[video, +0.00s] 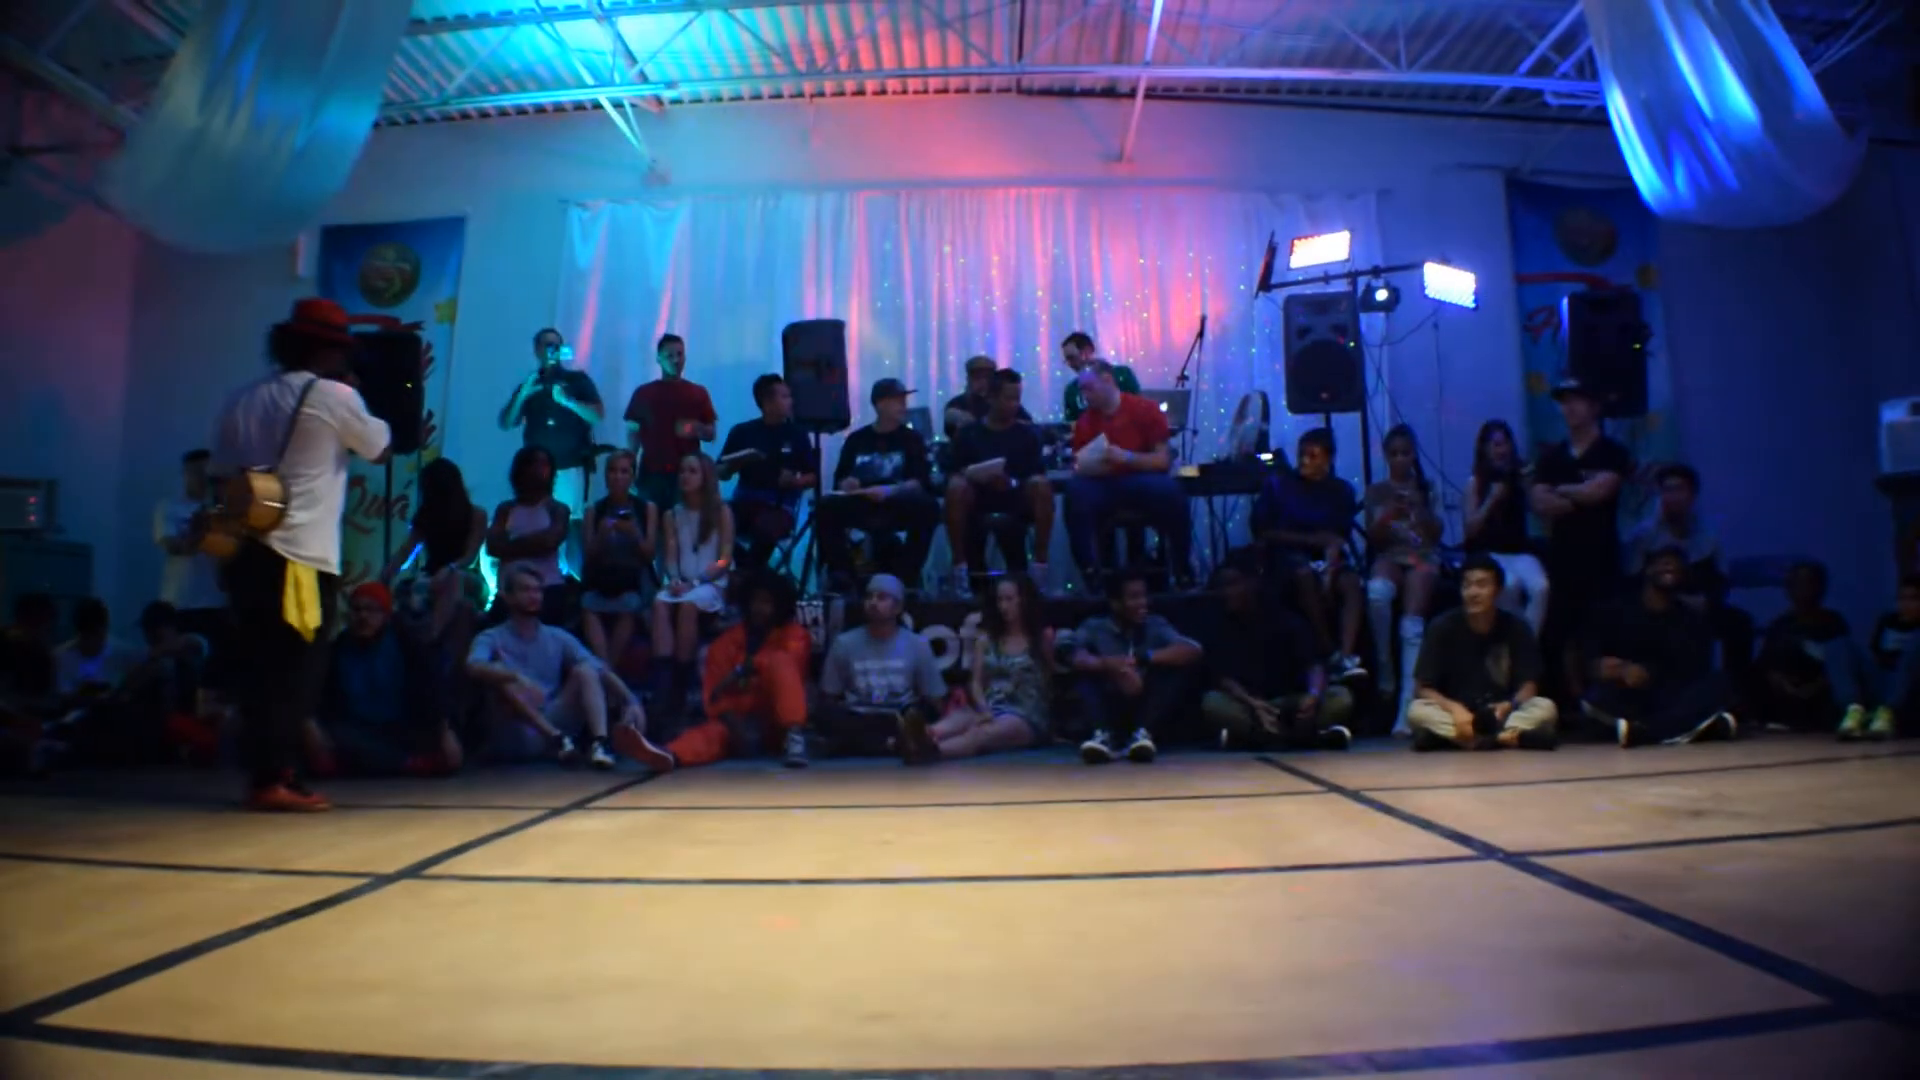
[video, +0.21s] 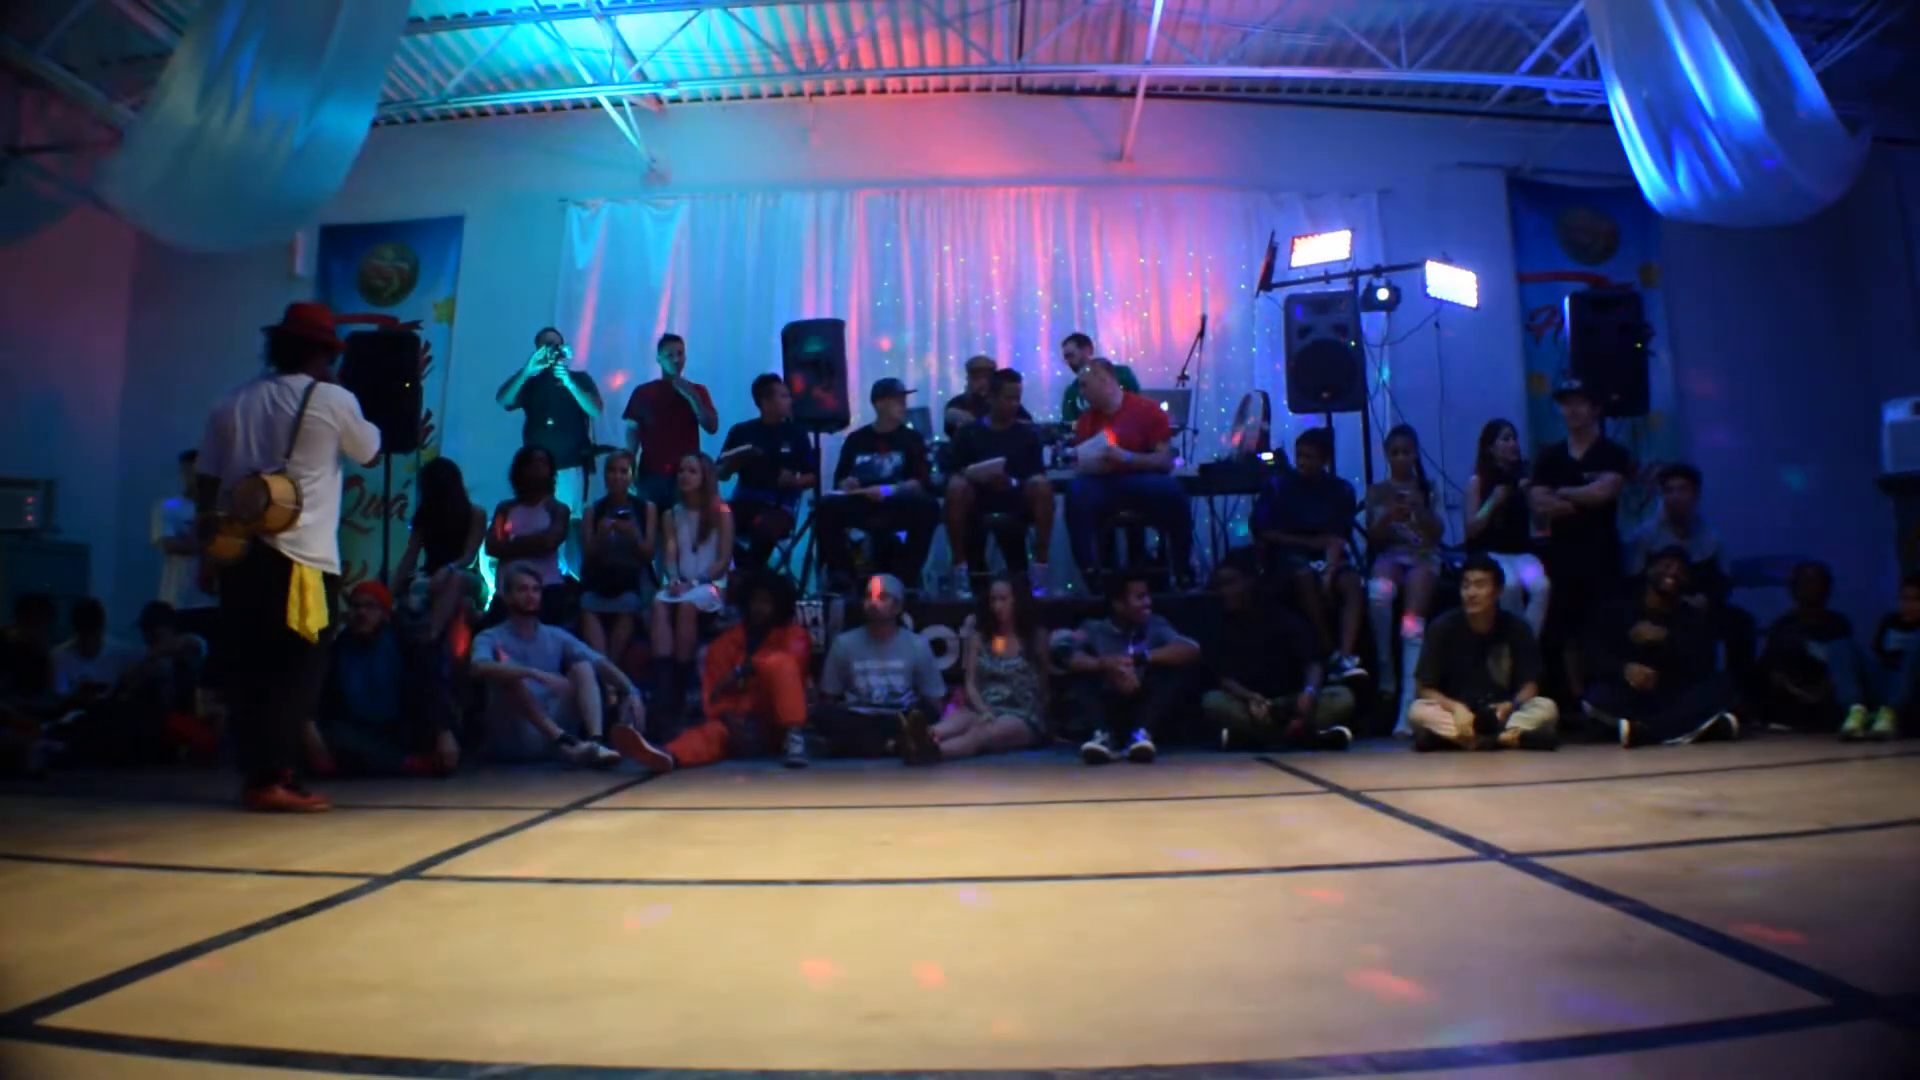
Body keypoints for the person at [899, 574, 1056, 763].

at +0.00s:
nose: (1003, 606)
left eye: (1009, 600)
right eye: (1000, 600)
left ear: (1025, 601)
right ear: (995, 603)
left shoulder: (1042, 638)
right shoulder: (987, 640)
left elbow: (1051, 678)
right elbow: (976, 682)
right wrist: (985, 711)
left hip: (1026, 712)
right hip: (991, 708)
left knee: (981, 735)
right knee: (960, 719)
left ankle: (932, 751)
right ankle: (922, 735)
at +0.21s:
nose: (997, 606)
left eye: (1003, 599)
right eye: (993, 600)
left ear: (1018, 601)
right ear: (988, 603)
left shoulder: (1035, 637)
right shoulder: (978, 638)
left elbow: (1044, 680)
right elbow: (970, 684)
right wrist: (984, 711)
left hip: (1023, 709)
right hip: (987, 706)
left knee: (982, 735)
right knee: (959, 720)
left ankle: (933, 753)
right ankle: (922, 737)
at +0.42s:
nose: (1002, 605)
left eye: (1008, 598)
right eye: (997, 598)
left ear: (1021, 600)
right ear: (990, 602)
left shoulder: (1036, 637)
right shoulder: (979, 637)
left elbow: (1042, 685)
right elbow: (971, 685)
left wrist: (1048, 724)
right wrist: (985, 713)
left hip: (1021, 711)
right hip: (986, 709)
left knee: (983, 735)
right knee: (960, 719)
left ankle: (935, 752)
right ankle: (922, 737)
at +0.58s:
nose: (1005, 604)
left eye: (1012, 597)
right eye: (1001, 598)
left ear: (1026, 600)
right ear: (995, 602)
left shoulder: (1039, 639)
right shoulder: (987, 638)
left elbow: (1047, 683)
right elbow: (977, 686)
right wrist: (985, 712)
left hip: (1026, 714)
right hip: (990, 710)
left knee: (981, 735)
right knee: (958, 720)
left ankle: (932, 752)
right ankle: (919, 738)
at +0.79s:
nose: (1015, 604)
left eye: (1021, 597)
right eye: (1010, 598)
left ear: (1034, 600)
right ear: (1003, 603)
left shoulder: (1050, 637)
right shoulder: (994, 640)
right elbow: (981, 685)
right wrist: (985, 712)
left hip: (1030, 714)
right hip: (994, 710)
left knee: (979, 736)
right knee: (957, 720)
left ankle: (928, 752)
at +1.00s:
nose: (1016, 603)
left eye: (1022, 597)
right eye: (1011, 597)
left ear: (1036, 600)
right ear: (1004, 602)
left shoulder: (1049, 640)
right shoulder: (993, 640)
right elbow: (979, 687)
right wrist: (986, 712)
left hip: (1030, 715)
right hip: (993, 711)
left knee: (980, 736)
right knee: (957, 721)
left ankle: (930, 752)